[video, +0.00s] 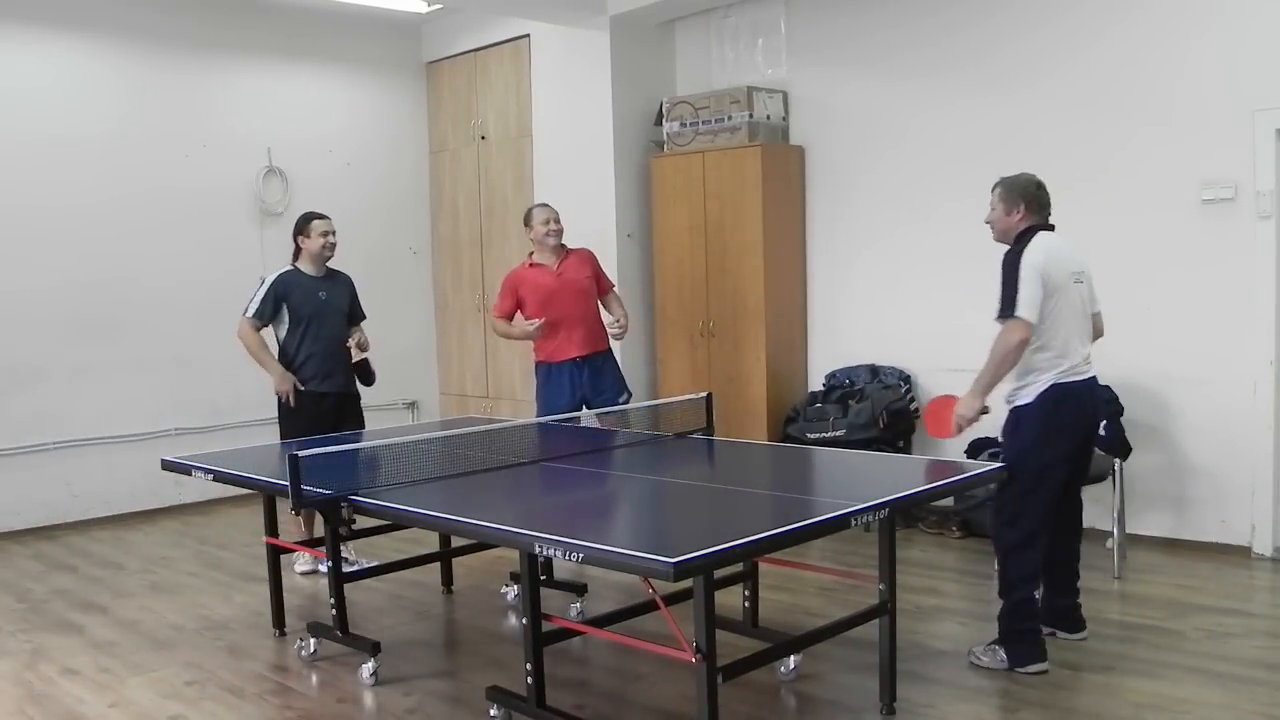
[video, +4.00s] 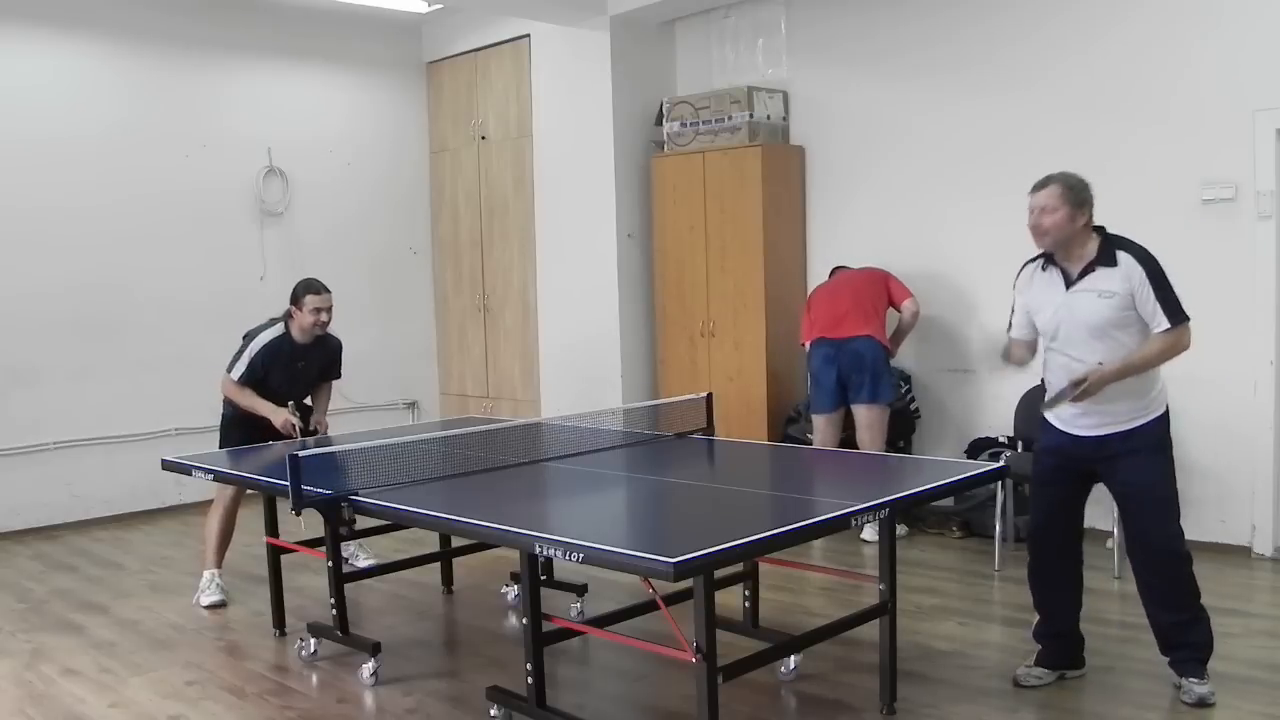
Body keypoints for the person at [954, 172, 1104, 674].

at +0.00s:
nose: (989, 220)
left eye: (993, 210)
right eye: (990, 210)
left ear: (1018, 212)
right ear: (1037, 213)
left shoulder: (1025, 254)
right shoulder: (1071, 255)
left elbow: (1018, 332)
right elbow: (1094, 328)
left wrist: (977, 393)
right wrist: (1037, 344)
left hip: (1042, 407)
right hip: (1082, 400)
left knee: (1017, 522)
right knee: (1062, 511)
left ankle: (1020, 646)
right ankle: (1062, 613)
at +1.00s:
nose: (1089, 207)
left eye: (1100, 197)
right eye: (1085, 198)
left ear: (1133, 201)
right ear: (1082, 204)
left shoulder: (1177, 258)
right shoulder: (1076, 254)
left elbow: (1205, 335)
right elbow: (1052, 314)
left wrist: (1133, 366)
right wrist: (1040, 328)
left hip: (1158, 423)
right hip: (1089, 418)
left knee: (1165, 538)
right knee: (1070, 532)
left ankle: (1160, 646)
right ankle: (1070, 643)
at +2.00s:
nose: (1084, 220)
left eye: (1091, 207)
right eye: (1083, 208)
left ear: (1129, 200)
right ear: (1119, 203)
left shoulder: (1183, 257)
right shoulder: (1112, 253)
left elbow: (1208, 355)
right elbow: (1097, 325)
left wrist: (1110, 374)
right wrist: (1044, 320)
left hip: (1173, 443)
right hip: (1110, 437)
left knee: (1176, 580)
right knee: (1101, 564)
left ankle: (1190, 708)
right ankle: (1083, 676)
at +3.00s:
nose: (1098, 222)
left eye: (1106, 212)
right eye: (1094, 213)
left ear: (1143, 203)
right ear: (1094, 210)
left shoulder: (1193, 250)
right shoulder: (1104, 259)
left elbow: (1236, 329)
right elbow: (1098, 324)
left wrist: (1154, 359)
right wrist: (1070, 337)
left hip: (1183, 428)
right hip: (1119, 427)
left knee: (1183, 549)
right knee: (1133, 547)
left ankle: (1186, 669)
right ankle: (1149, 653)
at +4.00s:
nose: (1034, 221)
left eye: (1045, 211)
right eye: (1032, 212)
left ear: (1081, 215)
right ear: (1036, 218)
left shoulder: (1131, 262)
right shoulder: (1032, 274)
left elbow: (1178, 335)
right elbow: (1021, 346)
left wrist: (1110, 373)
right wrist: (1014, 351)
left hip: (1135, 434)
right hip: (1061, 434)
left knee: (1159, 546)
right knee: (1048, 541)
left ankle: (1190, 664)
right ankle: (1059, 653)